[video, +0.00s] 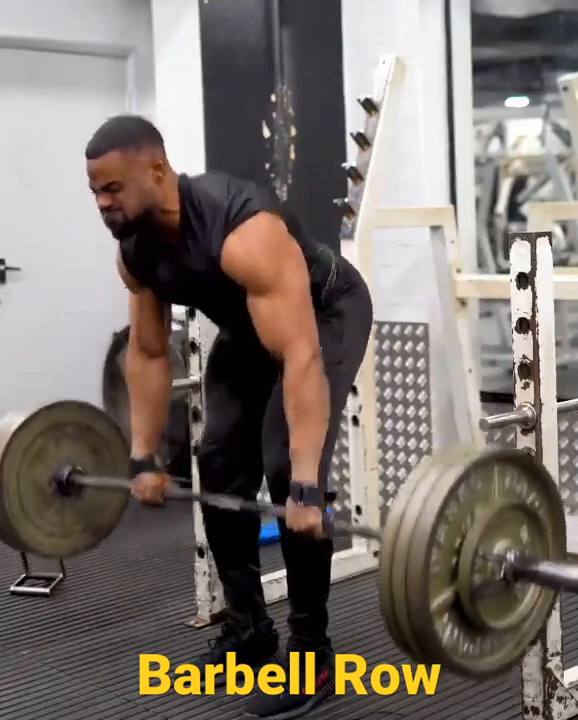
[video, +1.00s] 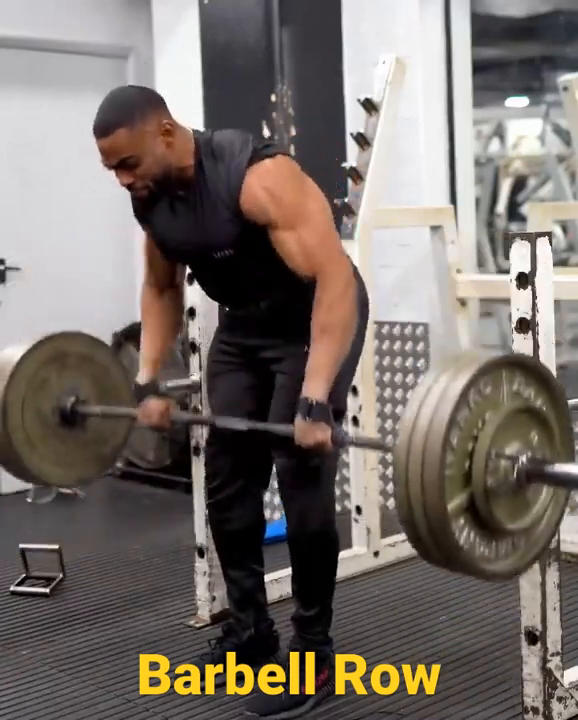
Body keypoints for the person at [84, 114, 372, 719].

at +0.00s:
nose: (103, 205)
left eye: (112, 188)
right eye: (96, 192)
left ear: (158, 169)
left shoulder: (246, 232)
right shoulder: (138, 253)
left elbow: (302, 356)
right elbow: (147, 352)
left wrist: (306, 485)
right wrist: (145, 455)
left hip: (325, 311)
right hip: (246, 323)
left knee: (290, 472)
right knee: (220, 467)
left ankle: (309, 649)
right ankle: (247, 628)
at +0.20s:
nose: (113, 154)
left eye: (121, 137)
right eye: (106, 142)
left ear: (166, 111)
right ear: (106, 134)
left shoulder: (251, 165)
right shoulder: (147, 188)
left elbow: (329, 269)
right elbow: (156, 285)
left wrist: (304, 392)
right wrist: (140, 376)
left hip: (305, 318)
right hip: (237, 324)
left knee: (296, 471)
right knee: (232, 468)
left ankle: (311, 649)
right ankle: (249, 625)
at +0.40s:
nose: (117, 136)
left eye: (123, 119)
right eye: (109, 125)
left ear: (167, 89)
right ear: (112, 114)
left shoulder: (252, 127)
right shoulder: (146, 152)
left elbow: (356, 201)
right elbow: (160, 220)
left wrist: (308, 303)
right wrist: (141, 292)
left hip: (295, 316)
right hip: (221, 320)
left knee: (291, 476)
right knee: (224, 478)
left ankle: (310, 651)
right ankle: (246, 630)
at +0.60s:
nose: (98, 185)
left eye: (102, 168)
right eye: (88, 173)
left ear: (141, 134)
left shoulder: (233, 155)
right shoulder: (133, 191)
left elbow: (355, 187)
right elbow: (159, 231)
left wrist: (311, 285)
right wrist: (143, 285)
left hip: (298, 320)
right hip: (226, 328)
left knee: (279, 470)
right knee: (211, 472)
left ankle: (309, 648)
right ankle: (246, 627)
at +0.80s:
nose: (114, 171)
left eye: (120, 153)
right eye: (105, 160)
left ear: (161, 122)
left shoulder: (252, 156)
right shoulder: (144, 180)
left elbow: (348, 233)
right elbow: (167, 242)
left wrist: (313, 339)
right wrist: (148, 324)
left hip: (300, 318)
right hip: (230, 322)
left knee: (292, 477)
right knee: (224, 481)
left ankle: (310, 649)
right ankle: (247, 626)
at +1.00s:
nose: (122, 181)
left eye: (127, 164)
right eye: (114, 170)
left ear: (169, 133)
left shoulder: (262, 177)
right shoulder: (153, 198)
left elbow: (337, 278)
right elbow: (161, 287)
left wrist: (317, 397)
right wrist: (149, 377)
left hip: (313, 327)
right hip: (242, 335)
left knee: (302, 480)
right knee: (227, 485)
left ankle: (311, 648)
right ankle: (248, 629)